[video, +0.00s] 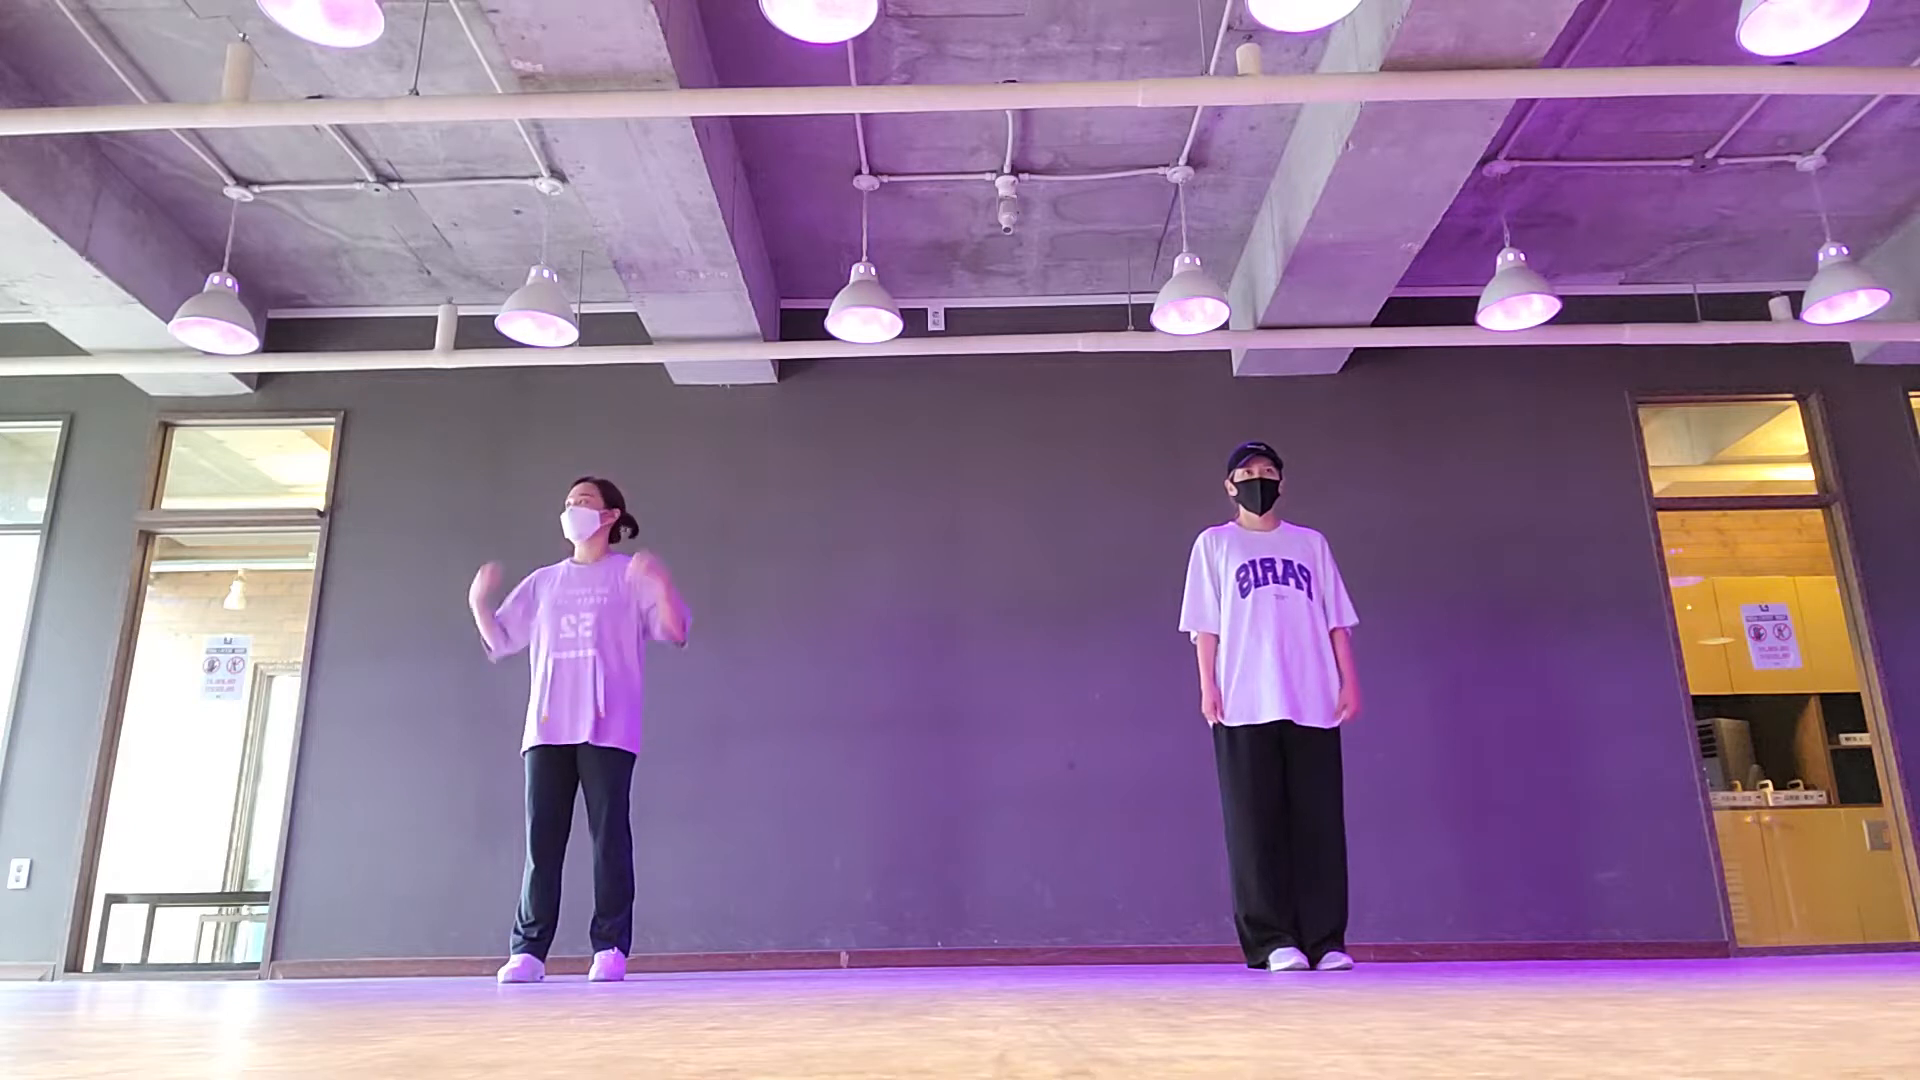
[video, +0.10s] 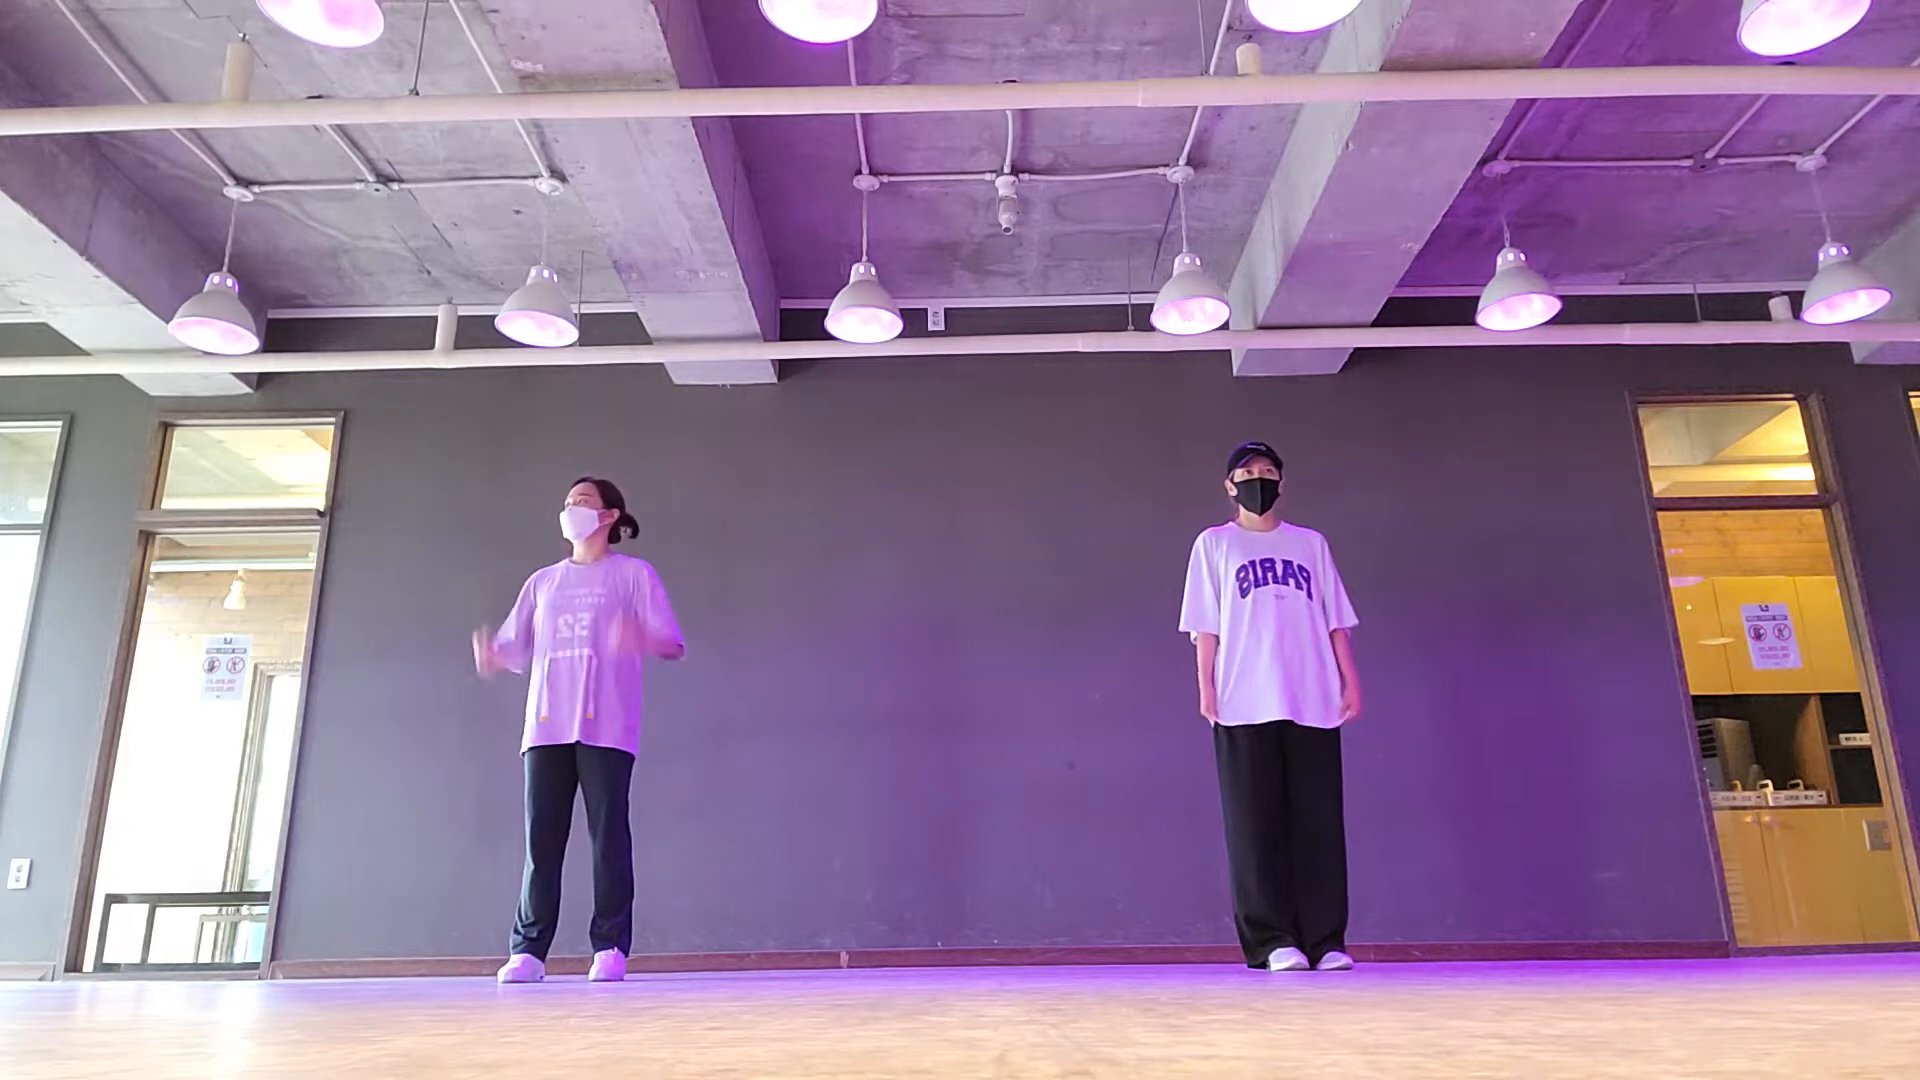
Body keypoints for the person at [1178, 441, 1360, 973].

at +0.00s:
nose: (1259, 480)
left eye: (1268, 472)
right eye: (1248, 472)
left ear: (1281, 483)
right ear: (1231, 485)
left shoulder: (1311, 543)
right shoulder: (1213, 544)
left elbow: (1336, 621)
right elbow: (1205, 624)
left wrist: (1349, 682)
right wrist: (1208, 685)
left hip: (1311, 702)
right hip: (1245, 706)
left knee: (1318, 823)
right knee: (1256, 828)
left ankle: (1326, 941)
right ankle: (1271, 943)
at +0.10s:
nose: (1258, 480)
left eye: (1267, 472)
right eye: (1247, 472)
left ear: (1280, 482)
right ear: (1231, 485)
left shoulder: (1311, 543)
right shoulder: (1212, 544)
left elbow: (1336, 622)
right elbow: (1205, 625)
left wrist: (1350, 682)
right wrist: (1207, 687)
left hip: (1312, 702)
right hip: (1245, 705)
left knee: (1318, 823)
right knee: (1256, 828)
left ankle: (1326, 941)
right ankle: (1271, 944)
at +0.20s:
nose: (1259, 482)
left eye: (1267, 474)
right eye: (1248, 475)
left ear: (1280, 483)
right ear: (1231, 485)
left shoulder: (1311, 544)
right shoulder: (1213, 545)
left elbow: (1335, 623)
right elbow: (1206, 626)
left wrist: (1357, 681)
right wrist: (1200, 688)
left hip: (1314, 703)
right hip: (1244, 707)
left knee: (1318, 822)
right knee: (1257, 827)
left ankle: (1325, 942)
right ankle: (1272, 944)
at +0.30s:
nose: (1259, 482)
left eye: (1267, 474)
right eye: (1248, 474)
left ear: (1281, 482)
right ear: (1229, 485)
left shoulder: (1312, 545)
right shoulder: (1212, 546)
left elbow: (1338, 627)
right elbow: (1206, 629)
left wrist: (1364, 686)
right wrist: (1197, 689)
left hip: (1314, 706)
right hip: (1243, 708)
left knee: (1318, 823)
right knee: (1257, 827)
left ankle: (1326, 942)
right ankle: (1273, 944)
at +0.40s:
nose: (1260, 478)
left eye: (1268, 470)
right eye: (1248, 471)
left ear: (1281, 481)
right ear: (1230, 484)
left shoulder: (1312, 544)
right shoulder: (1212, 545)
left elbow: (1340, 629)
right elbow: (1205, 629)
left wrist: (1370, 687)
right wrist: (1195, 687)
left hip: (1314, 709)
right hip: (1244, 709)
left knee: (1318, 825)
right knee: (1258, 828)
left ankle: (1326, 942)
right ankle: (1273, 944)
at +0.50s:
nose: (1260, 478)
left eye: (1268, 470)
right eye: (1248, 471)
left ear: (1282, 480)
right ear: (1230, 483)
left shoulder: (1312, 543)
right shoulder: (1213, 543)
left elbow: (1340, 627)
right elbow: (1204, 627)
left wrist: (1373, 686)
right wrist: (1194, 687)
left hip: (1311, 709)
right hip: (1242, 710)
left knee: (1317, 826)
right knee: (1256, 829)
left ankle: (1325, 942)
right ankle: (1273, 945)